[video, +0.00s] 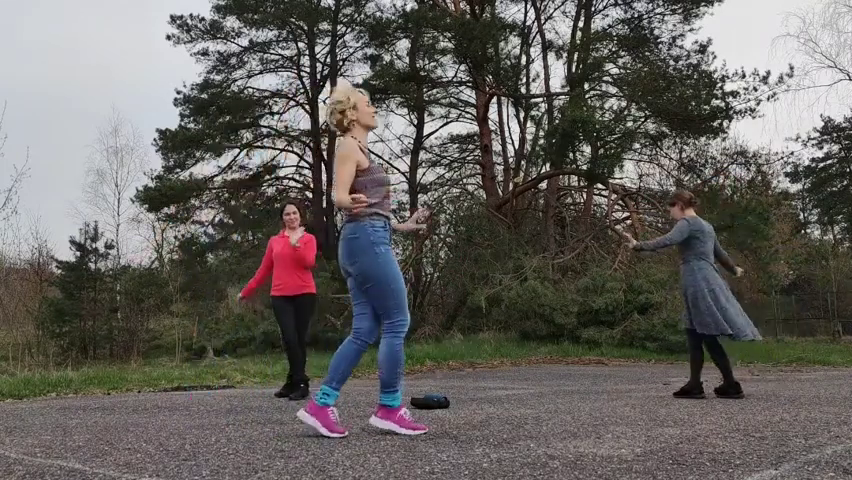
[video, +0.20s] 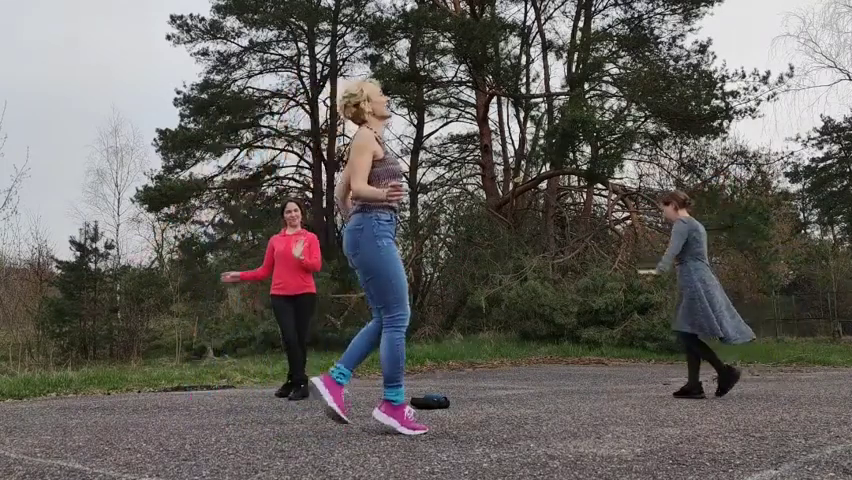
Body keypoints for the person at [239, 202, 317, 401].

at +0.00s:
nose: (291, 217)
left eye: (294, 213)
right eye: (287, 214)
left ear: (300, 216)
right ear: (282, 218)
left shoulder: (308, 238)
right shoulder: (275, 241)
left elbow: (309, 262)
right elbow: (264, 269)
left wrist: (296, 245)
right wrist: (247, 291)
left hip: (304, 293)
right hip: (280, 294)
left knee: (299, 339)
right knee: (289, 339)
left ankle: (292, 381)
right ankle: (301, 383)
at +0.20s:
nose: (293, 214)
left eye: (295, 211)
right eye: (289, 212)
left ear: (301, 214)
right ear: (283, 216)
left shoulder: (310, 238)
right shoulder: (275, 240)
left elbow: (316, 266)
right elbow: (264, 271)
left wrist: (301, 258)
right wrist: (239, 276)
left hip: (305, 293)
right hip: (280, 294)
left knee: (300, 339)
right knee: (289, 338)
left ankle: (294, 381)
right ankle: (298, 382)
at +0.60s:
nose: (291, 220)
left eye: (295, 217)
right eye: (288, 217)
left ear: (300, 220)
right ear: (282, 219)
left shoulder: (309, 239)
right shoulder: (274, 242)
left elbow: (318, 264)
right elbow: (265, 270)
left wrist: (322, 282)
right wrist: (252, 275)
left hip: (308, 294)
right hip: (283, 296)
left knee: (307, 338)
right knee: (292, 339)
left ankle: (302, 381)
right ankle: (299, 383)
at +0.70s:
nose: (289, 224)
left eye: (293, 221)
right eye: (286, 220)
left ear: (298, 224)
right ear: (280, 222)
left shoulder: (305, 242)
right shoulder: (273, 245)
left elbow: (316, 266)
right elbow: (266, 272)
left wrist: (319, 291)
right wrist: (255, 288)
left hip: (306, 298)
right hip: (284, 299)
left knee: (307, 340)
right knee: (294, 341)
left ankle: (304, 384)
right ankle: (301, 384)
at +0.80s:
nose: (291, 236)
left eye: (293, 231)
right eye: (287, 231)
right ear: (281, 234)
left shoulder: (305, 249)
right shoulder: (272, 252)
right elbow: (266, 280)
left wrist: (315, 298)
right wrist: (261, 301)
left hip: (306, 303)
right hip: (283, 304)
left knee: (306, 341)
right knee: (294, 342)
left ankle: (304, 380)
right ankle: (301, 381)